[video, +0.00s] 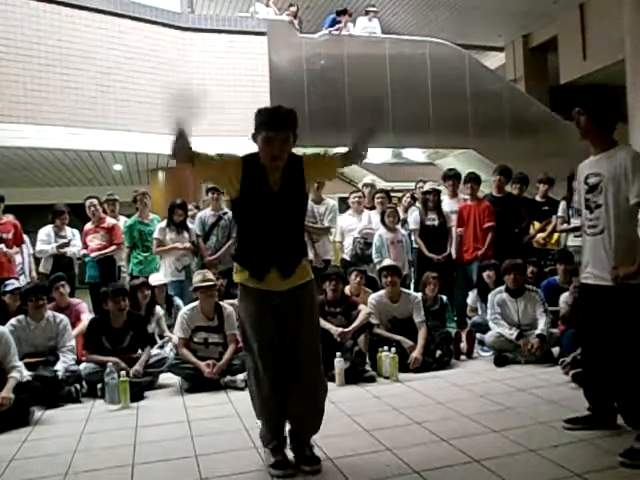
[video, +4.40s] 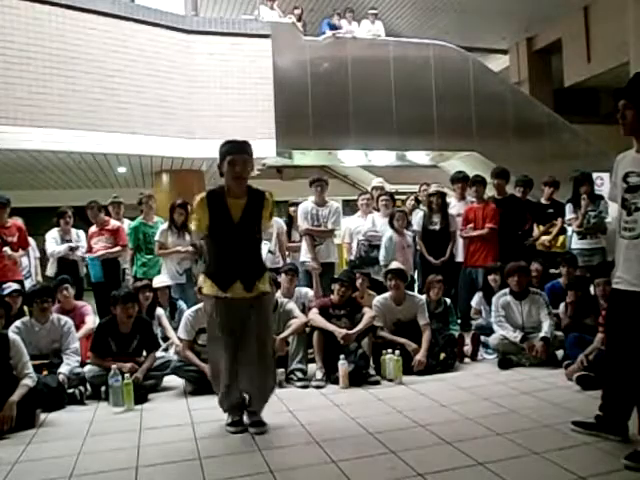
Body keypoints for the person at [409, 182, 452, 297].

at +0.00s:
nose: (432, 198)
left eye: (435, 194)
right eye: (428, 194)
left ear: (438, 197)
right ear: (424, 196)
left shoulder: (444, 214)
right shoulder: (418, 214)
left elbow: (449, 233)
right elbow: (416, 236)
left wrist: (447, 251)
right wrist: (428, 254)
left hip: (443, 257)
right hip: (425, 257)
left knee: (444, 288)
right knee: (424, 288)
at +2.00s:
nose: (437, 200)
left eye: (440, 197)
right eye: (434, 196)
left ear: (443, 199)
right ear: (429, 199)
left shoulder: (449, 216)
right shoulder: (423, 216)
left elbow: (454, 236)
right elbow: (421, 238)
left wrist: (452, 253)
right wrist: (433, 256)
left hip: (447, 258)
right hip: (429, 258)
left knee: (448, 291)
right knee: (429, 290)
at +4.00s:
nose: (435, 200)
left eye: (438, 197)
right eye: (432, 196)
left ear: (443, 200)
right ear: (428, 199)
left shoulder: (449, 218)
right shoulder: (422, 217)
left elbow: (452, 238)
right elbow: (417, 238)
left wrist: (445, 256)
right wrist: (427, 257)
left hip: (444, 261)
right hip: (426, 261)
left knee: (444, 293)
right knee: (425, 293)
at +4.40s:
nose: (435, 201)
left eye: (438, 197)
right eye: (433, 197)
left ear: (443, 200)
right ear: (429, 200)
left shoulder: (450, 218)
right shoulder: (422, 217)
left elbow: (452, 238)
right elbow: (418, 239)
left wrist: (446, 256)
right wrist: (429, 257)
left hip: (444, 259)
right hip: (427, 260)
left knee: (445, 290)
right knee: (426, 289)